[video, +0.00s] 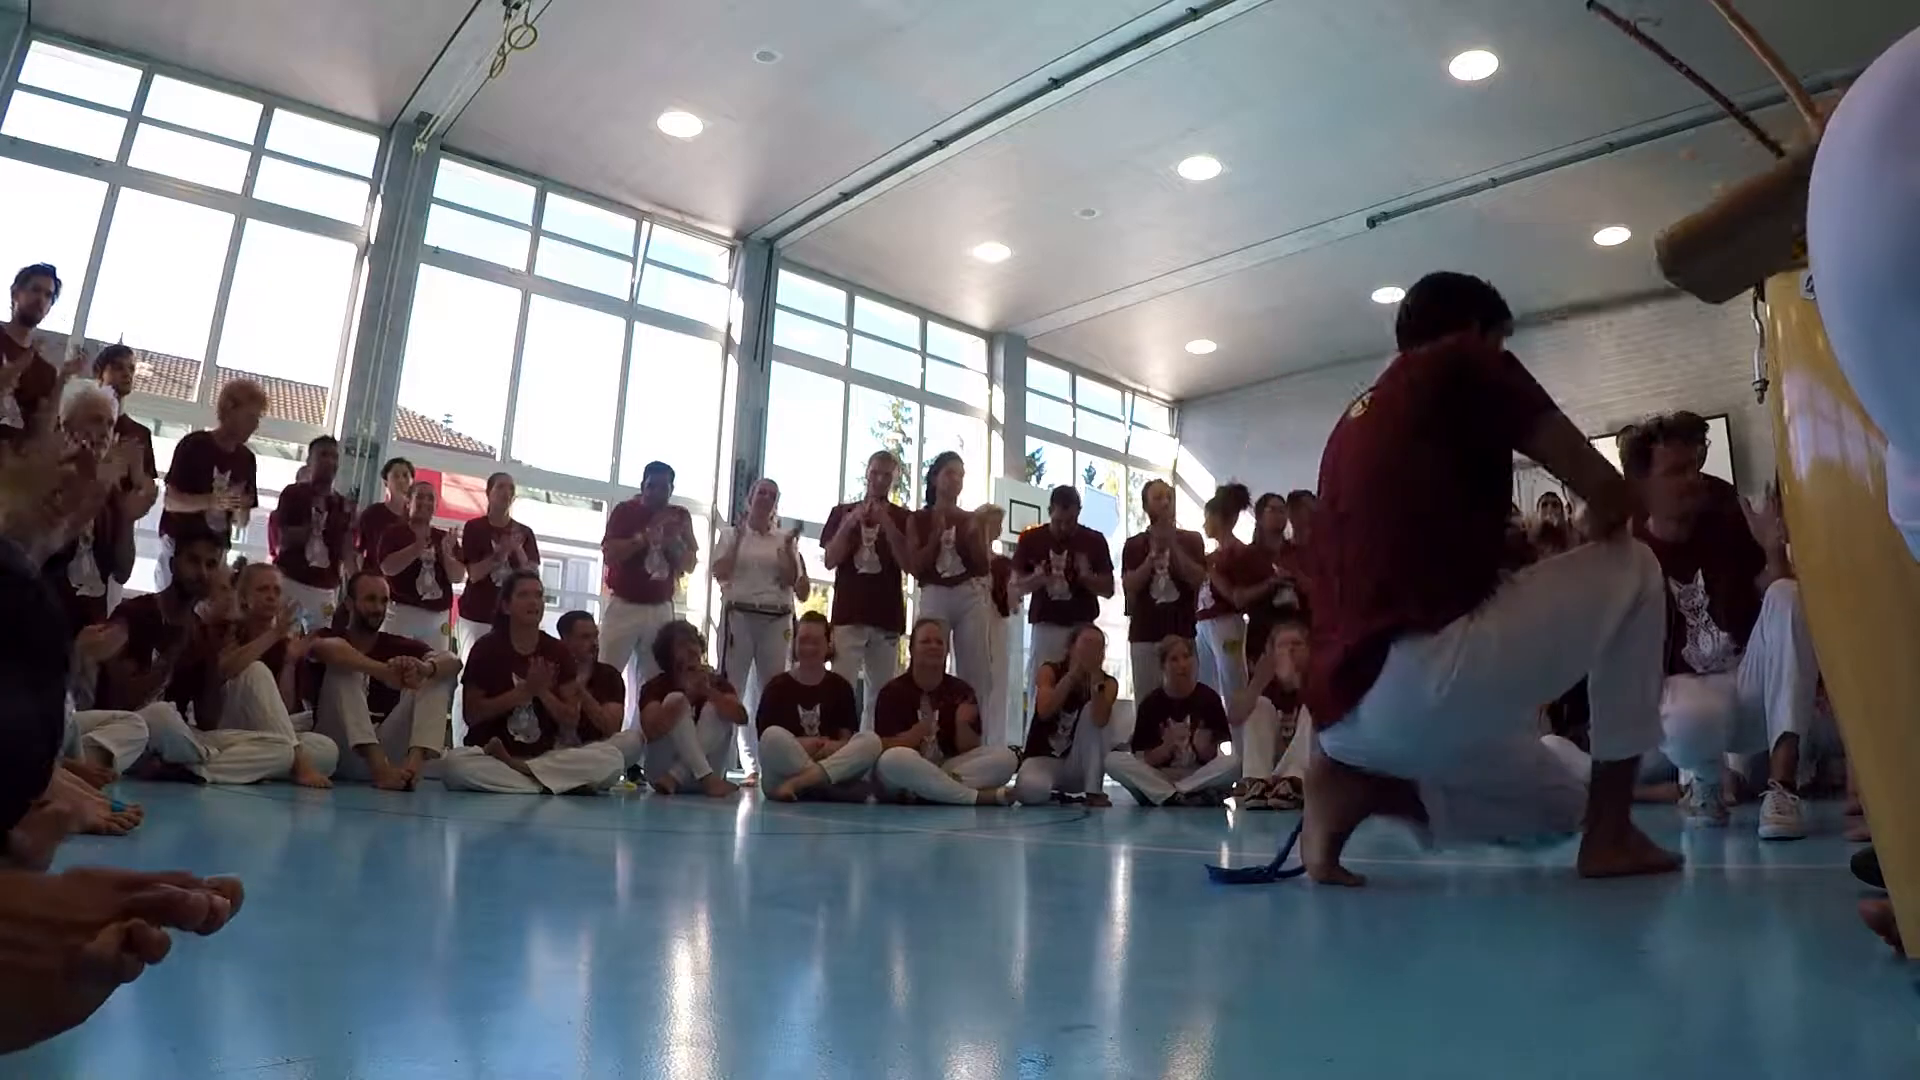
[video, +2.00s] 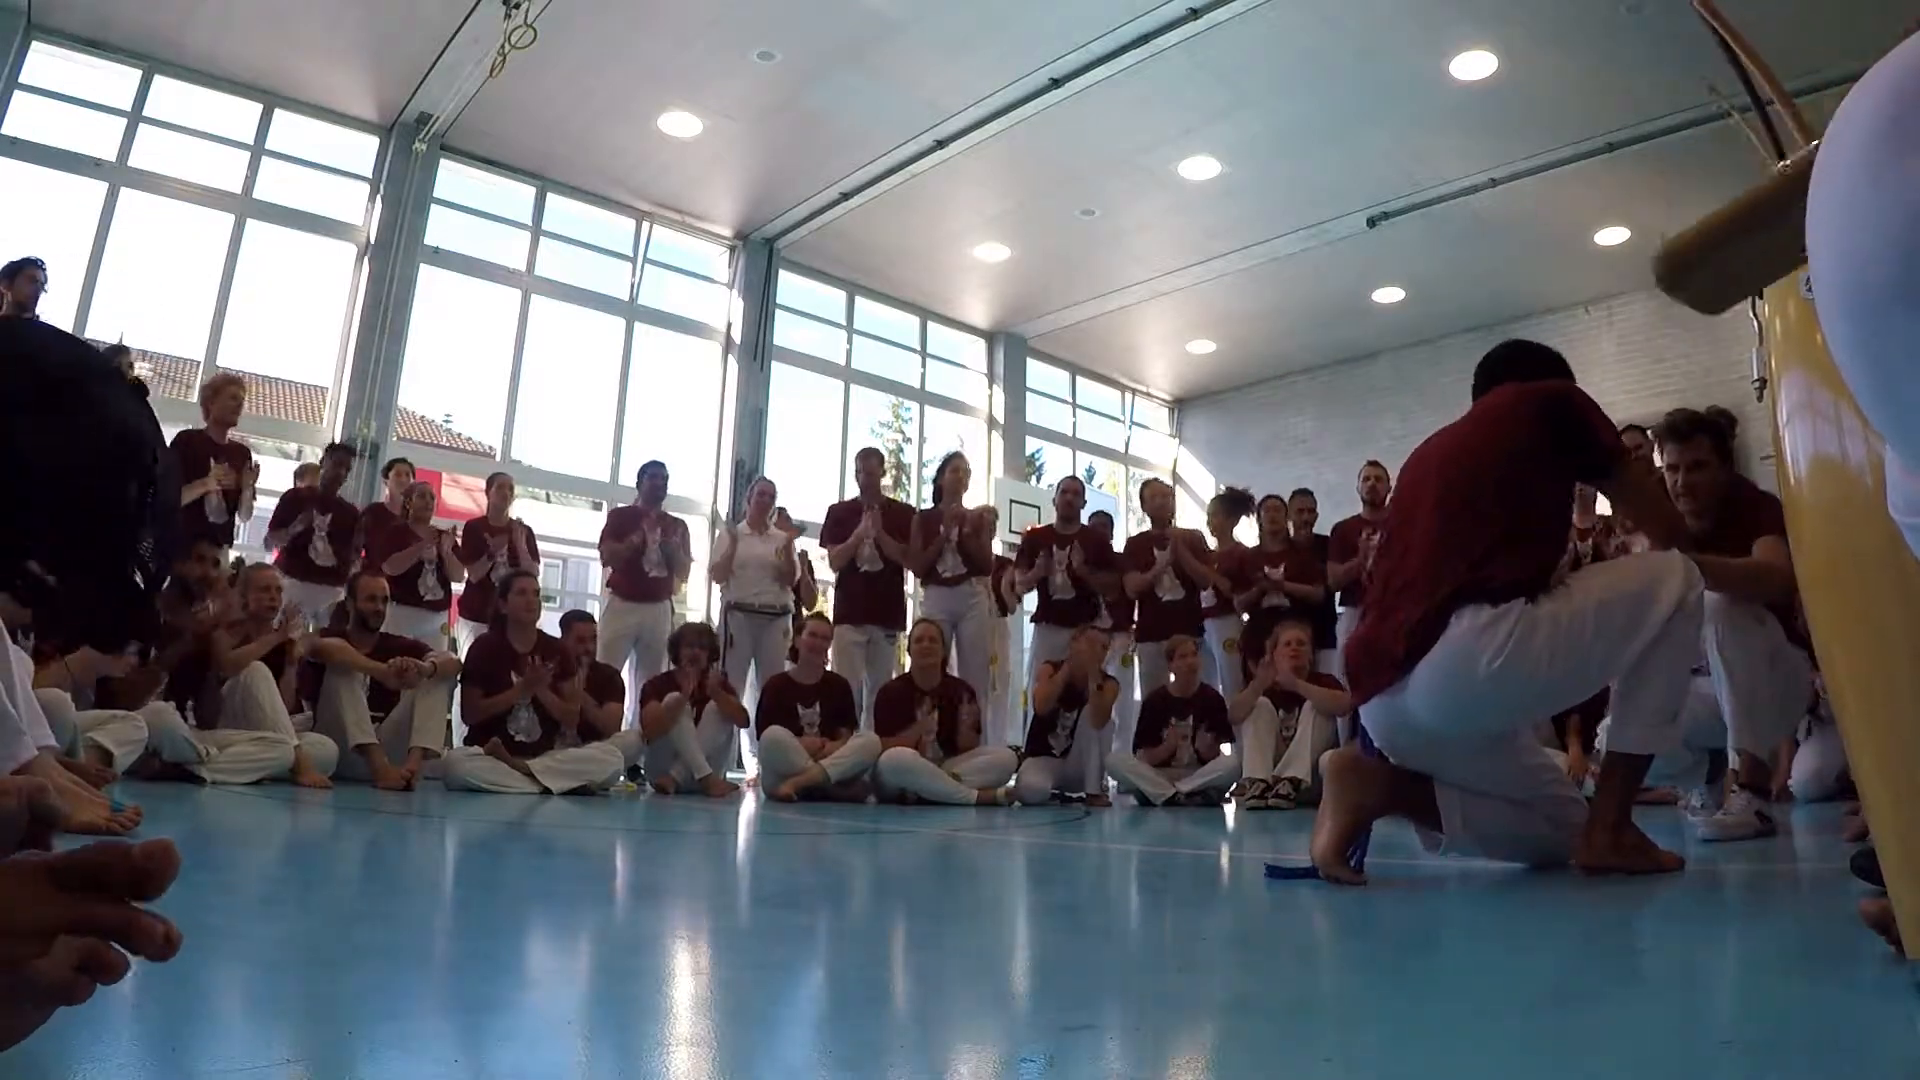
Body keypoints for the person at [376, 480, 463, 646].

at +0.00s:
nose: (425, 503)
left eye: (430, 499)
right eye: (420, 497)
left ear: (435, 505)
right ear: (409, 502)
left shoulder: (445, 538)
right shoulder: (394, 533)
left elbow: (457, 577)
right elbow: (387, 568)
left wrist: (448, 553)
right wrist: (417, 547)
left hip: (437, 614)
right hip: (401, 610)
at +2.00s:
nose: (428, 502)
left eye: (432, 497)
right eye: (422, 496)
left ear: (435, 503)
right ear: (408, 502)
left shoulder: (444, 537)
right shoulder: (397, 532)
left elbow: (459, 576)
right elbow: (389, 568)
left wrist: (447, 552)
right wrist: (419, 549)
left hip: (437, 613)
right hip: (402, 610)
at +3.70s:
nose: (431, 502)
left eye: (433, 497)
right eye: (424, 496)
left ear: (435, 502)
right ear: (408, 502)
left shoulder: (440, 537)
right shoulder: (396, 532)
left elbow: (457, 577)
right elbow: (394, 568)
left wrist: (444, 553)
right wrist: (432, 548)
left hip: (433, 614)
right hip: (401, 610)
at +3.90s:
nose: (430, 502)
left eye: (432, 497)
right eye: (424, 496)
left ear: (435, 502)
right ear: (408, 502)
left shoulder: (440, 536)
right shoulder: (396, 532)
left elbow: (456, 578)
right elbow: (394, 568)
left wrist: (451, 552)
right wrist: (432, 548)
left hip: (433, 613)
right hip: (402, 610)